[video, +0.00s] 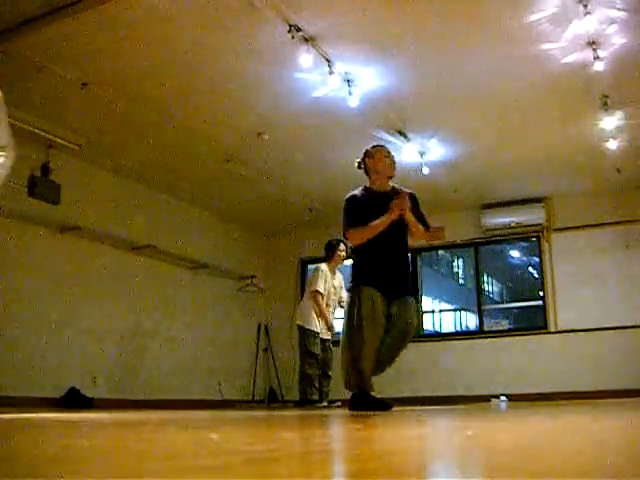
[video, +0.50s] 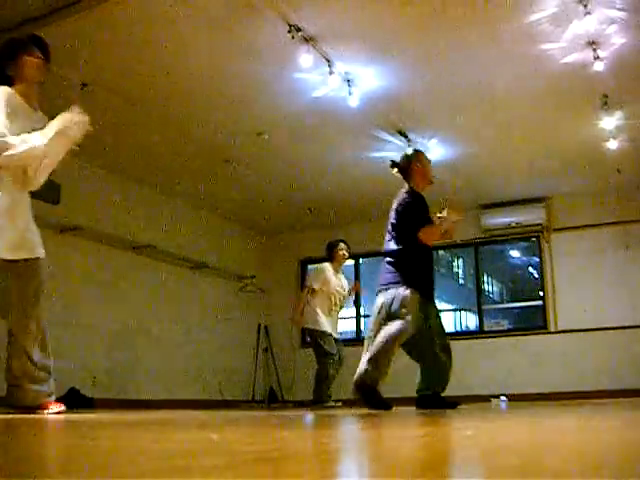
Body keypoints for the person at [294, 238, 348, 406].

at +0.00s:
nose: (343, 255)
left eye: (344, 251)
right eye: (340, 251)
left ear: (344, 255)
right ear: (331, 252)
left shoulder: (338, 276)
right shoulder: (320, 270)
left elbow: (343, 299)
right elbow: (316, 295)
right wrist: (328, 321)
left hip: (326, 318)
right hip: (310, 317)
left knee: (326, 358)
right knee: (312, 357)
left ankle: (323, 395)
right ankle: (309, 396)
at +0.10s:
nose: (343, 253)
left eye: (344, 250)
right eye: (340, 250)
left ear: (343, 254)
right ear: (331, 252)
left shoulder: (339, 276)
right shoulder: (321, 270)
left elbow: (340, 300)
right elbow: (313, 295)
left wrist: (349, 312)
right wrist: (318, 321)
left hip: (326, 321)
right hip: (311, 320)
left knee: (326, 360)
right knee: (312, 359)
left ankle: (324, 395)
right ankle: (308, 396)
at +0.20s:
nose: (344, 253)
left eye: (345, 250)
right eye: (341, 250)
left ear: (345, 254)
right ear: (332, 252)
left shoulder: (340, 275)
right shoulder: (322, 269)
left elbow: (335, 297)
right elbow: (307, 285)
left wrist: (344, 307)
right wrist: (304, 307)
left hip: (328, 320)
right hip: (314, 318)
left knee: (328, 359)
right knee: (316, 356)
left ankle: (324, 395)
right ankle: (309, 395)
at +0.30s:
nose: (346, 254)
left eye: (347, 250)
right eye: (342, 250)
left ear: (347, 254)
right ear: (333, 253)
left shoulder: (341, 274)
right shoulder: (325, 269)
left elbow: (334, 293)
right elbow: (303, 277)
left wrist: (344, 301)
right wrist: (296, 300)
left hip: (327, 320)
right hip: (313, 317)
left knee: (327, 356)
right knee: (324, 354)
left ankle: (322, 395)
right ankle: (314, 395)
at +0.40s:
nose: (346, 253)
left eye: (347, 250)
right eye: (342, 250)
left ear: (349, 254)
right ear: (334, 253)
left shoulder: (341, 275)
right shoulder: (327, 268)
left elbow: (334, 297)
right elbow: (304, 279)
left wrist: (349, 299)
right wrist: (294, 303)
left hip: (326, 320)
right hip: (315, 317)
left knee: (325, 357)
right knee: (327, 354)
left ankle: (319, 396)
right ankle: (320, 396)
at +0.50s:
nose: (344, 253)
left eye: (346, 251)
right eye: (340, 250)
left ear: (347, 255)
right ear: (332, 253)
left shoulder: (342, 280)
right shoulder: (322, 269)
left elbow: (338, 304)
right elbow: (306, 291)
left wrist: (351, 292)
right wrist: (298, 313)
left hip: (329, 324)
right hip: (315, 320)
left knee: (338, 356)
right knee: (329, 356)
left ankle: (323, 395)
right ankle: (321, 397)